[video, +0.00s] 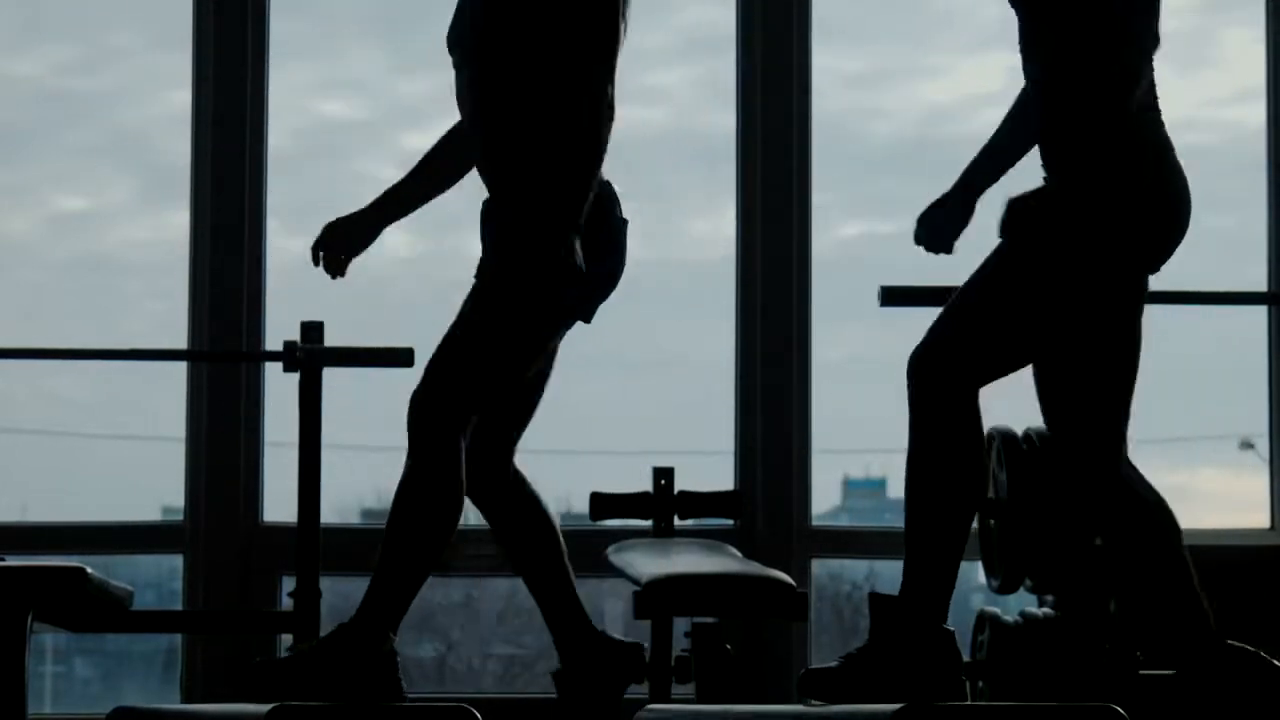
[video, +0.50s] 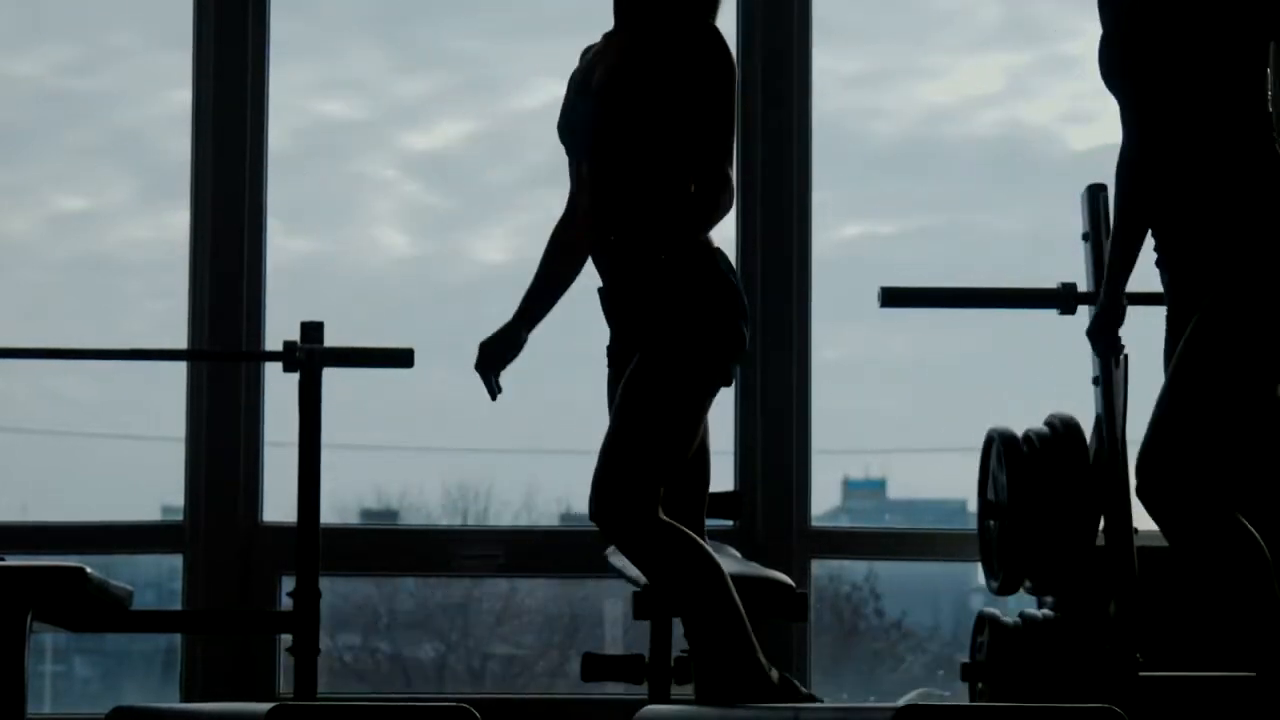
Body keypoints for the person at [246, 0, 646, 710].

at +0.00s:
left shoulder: (492, 13)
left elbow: (480, 129)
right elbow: (478, 127)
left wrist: (370, 219)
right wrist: (373, 218)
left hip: (533, 247)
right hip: (547, 245)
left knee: (435, 418)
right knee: (486, 462)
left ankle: (366, 644)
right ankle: (586, 651)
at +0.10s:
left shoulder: (628, 34)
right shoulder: (511, 39)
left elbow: (664, 163)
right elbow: (438, 160)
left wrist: (653, 267)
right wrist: (305, 204)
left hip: (607, 293)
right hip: (562, 295)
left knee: (456, 419)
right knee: (601, 523)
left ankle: (370, 642)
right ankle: (682, 701)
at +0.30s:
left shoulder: (674, 58)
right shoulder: (557, 69)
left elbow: (719, 194)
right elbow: (483, 200)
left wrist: (721, 307)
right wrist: (368, 217)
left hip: (674, 313)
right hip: (628, 316)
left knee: (524, 404)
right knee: (646, 554)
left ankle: (485, 646)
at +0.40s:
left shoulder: (694, 38)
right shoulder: (574, 48)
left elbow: (719, 179)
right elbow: (535, 192)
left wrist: (691, 278)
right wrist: (445, 259)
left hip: (685, 301)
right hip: (643, 303)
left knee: (557, 434)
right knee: (668, 529)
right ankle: (729, 707)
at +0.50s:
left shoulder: (698, 45)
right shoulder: (595, 62)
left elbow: (716, 188)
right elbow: (582, 211)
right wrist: (521, 323)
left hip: (691, 304)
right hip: (638, 309)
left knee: (623, 504)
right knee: (668, 509)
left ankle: (744, 677)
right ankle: (739, 678)